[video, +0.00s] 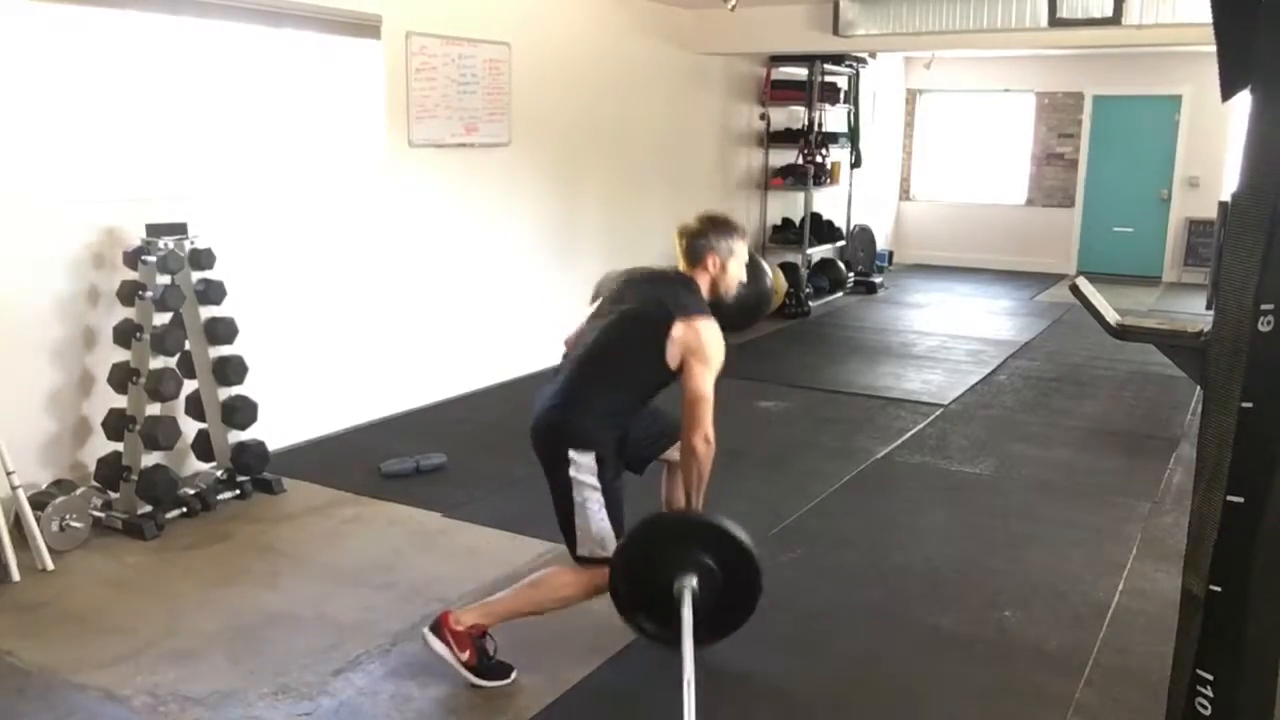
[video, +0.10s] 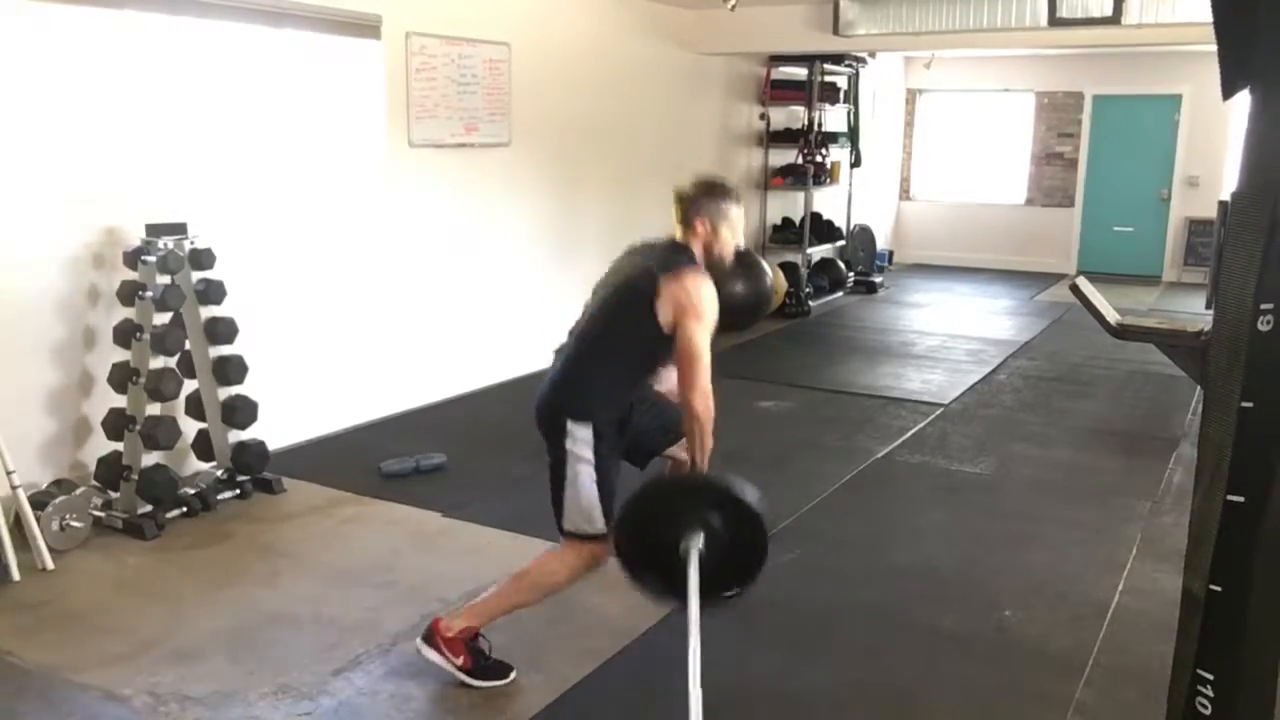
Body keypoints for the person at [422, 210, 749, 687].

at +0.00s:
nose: (744, 275)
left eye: (745, 263)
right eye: (740, 262)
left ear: (697, 260)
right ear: (712, 262)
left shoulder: (633, 282)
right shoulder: (702, 330)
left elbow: (574, 345)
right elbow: (701, 439)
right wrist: (691, 526)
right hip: (577, 428)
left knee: (685, 446)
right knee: (604, 570)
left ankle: (677, 562)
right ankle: (463, 624)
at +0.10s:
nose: (739, 243)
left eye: (740, 231)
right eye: (735, 230)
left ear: (695, 226)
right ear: (704, 226)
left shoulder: (652, 256)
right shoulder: (695, 287)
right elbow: (698, 404)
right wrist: (698, 479)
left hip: (617, 396)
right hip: (580, 410)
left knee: (694, 446)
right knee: (588, 549)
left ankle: (680, 538)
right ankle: (453, 630)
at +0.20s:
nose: (730, 188)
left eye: (732, 176)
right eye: (721, 175)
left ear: (700, 177)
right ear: (690, 172)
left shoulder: (671, 219)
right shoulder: (671, 220)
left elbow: (665, 325)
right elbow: (682, 326)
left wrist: (693, 367)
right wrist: (706, 386)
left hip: (633, 367)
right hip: (586, 372)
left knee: (690, 445)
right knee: (573, 509)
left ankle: (677, 560)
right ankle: (460, 624)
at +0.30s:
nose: (712, 150)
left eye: (719, 139)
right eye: (701, 138)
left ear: (722, 142)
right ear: (672, 133)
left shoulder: (707, 204)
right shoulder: (635, 168)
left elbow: (689, 272)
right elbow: (633, 240)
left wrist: (714, 307)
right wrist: (683, 283)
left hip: (647, 337)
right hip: (590, 331)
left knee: (701, 441)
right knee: (562, 477)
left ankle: (680, 553)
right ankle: (497, 607)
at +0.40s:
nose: (684, 133)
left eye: (695, 123)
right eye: (675, 120)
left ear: (706, 127)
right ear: (653, 114)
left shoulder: (712, 195)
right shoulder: (610, 154)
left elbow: (722, 272)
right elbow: (564, 207)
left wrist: (704, 229)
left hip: (670, 340)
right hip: (598, 331)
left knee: (701, 466)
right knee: (564, 463)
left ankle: (717, 544)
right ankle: (530, 594)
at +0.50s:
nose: (664, 144)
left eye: (675, 134)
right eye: (656, 132)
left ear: (691, 138)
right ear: (638, 130)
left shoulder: (701, 192)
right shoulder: (603, 179)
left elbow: (737, 249)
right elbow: (535, 244)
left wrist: (720, 161)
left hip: (675, 353)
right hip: (607, 349)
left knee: (693, 470)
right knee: (562, 473)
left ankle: (748, 536)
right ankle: (539, 601)